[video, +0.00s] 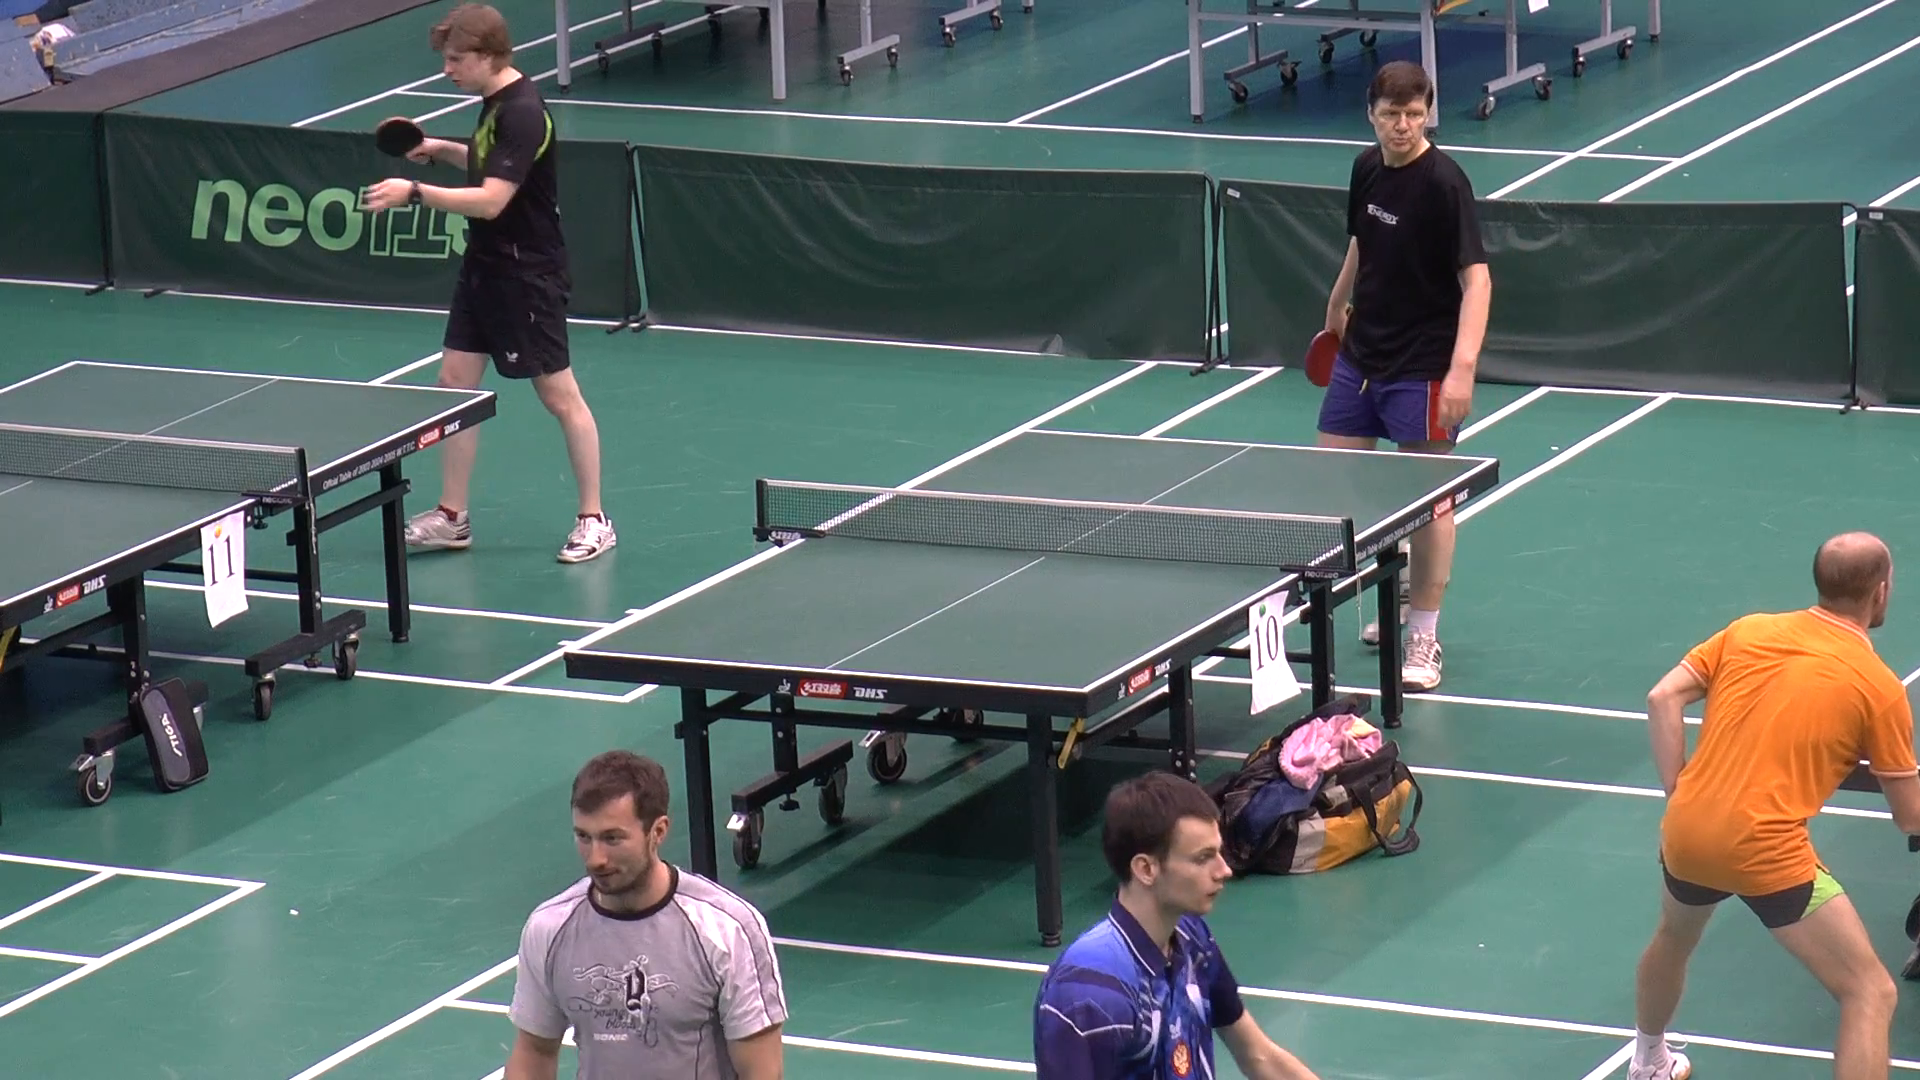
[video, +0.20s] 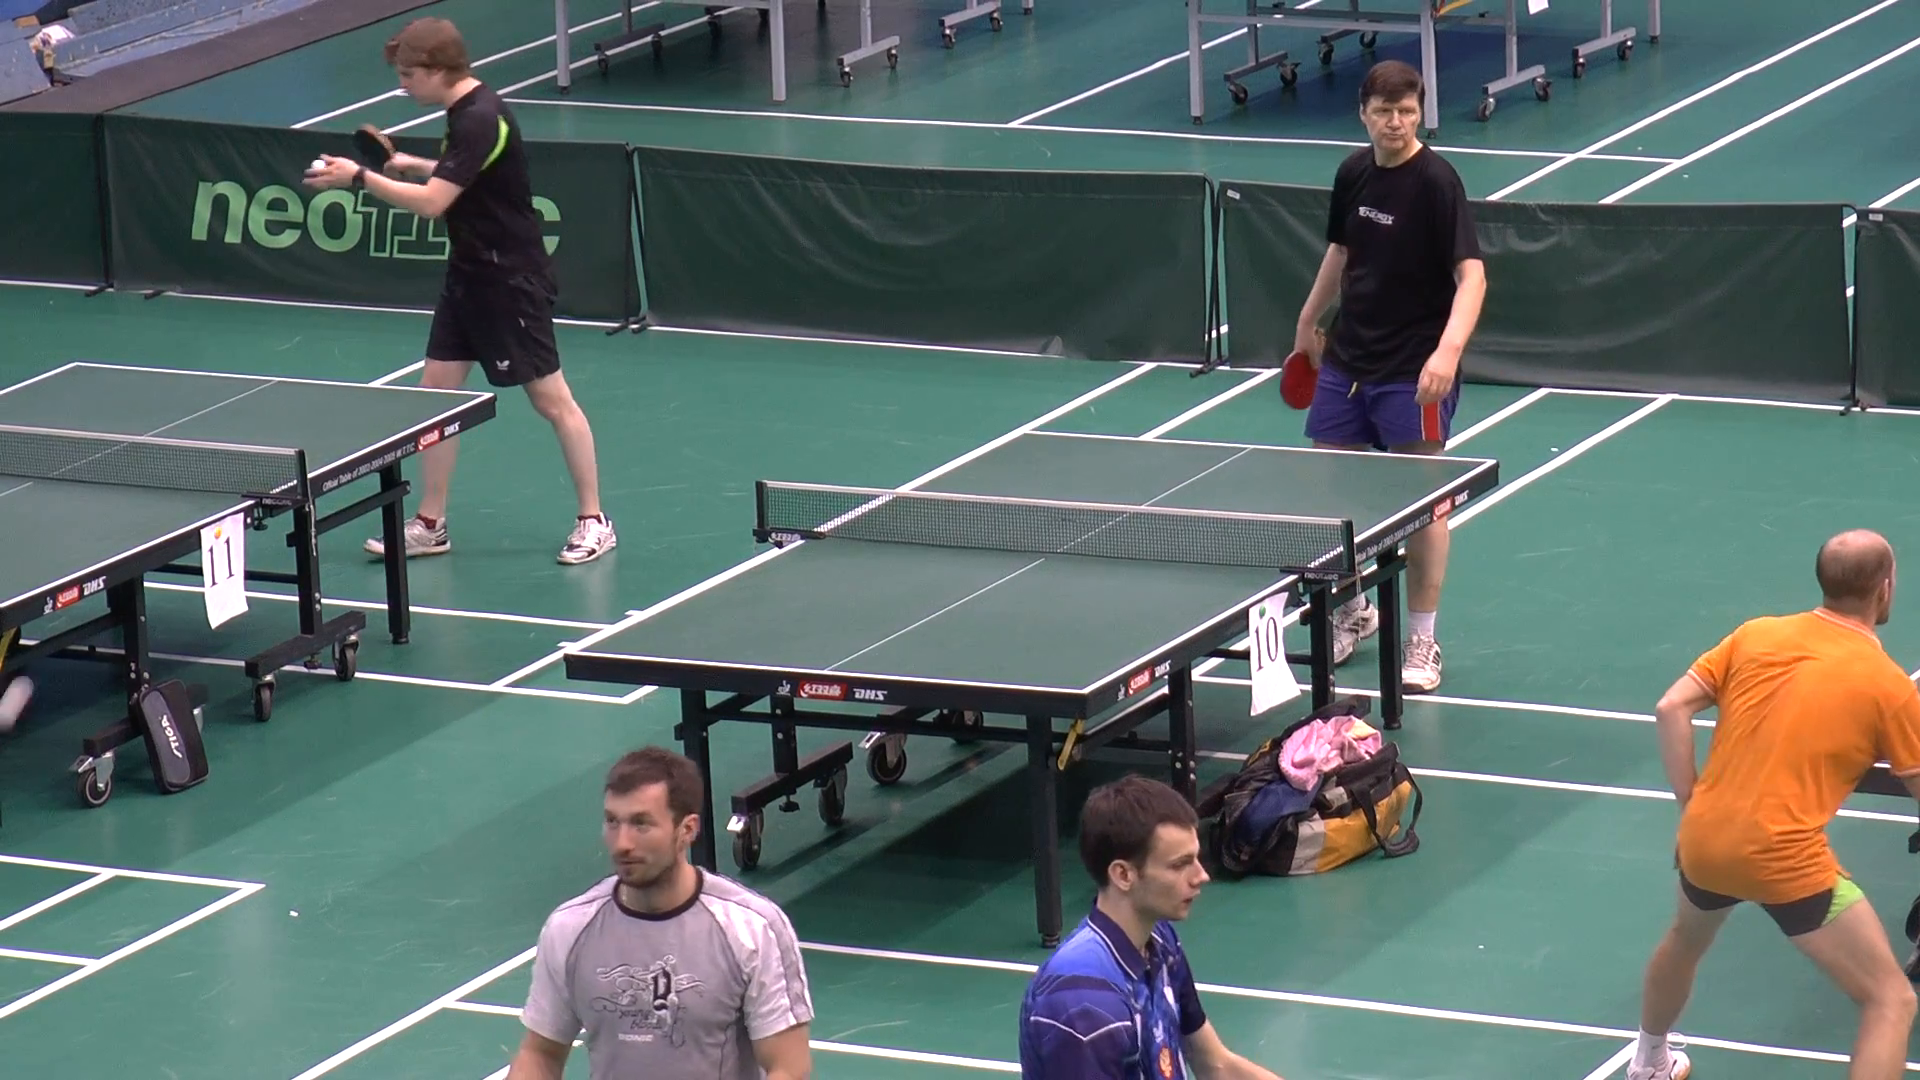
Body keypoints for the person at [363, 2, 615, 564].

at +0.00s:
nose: (449, 72)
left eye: (455, 62)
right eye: (447, 62)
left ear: (488, 56)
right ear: (478, 57)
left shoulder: (523, 111)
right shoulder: (496, 102)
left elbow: (491, 201)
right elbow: (493, 163)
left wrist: (413, 192)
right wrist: (442, 149)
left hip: (529, 274)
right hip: (484, 267)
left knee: (561, 396)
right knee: (456, 383)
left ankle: (593, 518)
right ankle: (453, 515)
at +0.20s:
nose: (404, 86)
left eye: (408, 75)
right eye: (402, 76)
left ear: (435, 70)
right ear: (439, 67)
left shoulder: (481, 118)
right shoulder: (468, 108)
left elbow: (432, 201)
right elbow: (466, 172)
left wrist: (358, 178)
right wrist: (407, 164)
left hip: (511, 280)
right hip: (468, 277)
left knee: (555, 403)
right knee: (437, 395)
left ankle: (594, 520)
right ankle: (430, 524)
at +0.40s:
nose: (357, 95)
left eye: (361, 84)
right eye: (355, 85)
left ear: (392, 78)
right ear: (389, 79)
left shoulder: (444, 118)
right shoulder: (410, 127)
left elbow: (430, 210)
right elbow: (420, 209)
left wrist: (348, 220)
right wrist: (347, 222)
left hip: (485, 276)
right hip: (436, 275)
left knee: (512, 409)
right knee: (414, 399)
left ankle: (589, 511)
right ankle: (427, 527)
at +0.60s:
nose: (343, 95)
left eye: (351, 84)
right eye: (338, 86)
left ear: (382, 77)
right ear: (342, 87)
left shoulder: (436, 116)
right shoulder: (361, 139)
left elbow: (456, 201)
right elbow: (341, 221)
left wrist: (381, 220)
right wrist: (307, 211)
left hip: (467, 269)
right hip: (411, 273)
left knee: (476, 407)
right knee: (395, 403)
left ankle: (539, 532)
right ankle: (425, 529)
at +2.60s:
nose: (314, 157)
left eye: (318, 145)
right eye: (310, 147)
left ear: (349, 131)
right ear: (344, 133)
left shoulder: (396, 163)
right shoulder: (373, 167)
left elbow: (429, 243)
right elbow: (366, 245)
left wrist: (356, 255)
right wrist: (291, 250)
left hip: (454, 312)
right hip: (414, 310)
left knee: (427, 443)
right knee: (373, 423)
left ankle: (509, 561)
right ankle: (350, 530)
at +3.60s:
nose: (344, 147)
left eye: (347, 135)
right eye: (340, 138)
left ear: (376, 120)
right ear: (377, 121)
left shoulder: (405, 163)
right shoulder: (430, 146)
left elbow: (431, 245)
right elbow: (437, 230)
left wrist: (365, 266)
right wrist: (375, 243)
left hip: (437, 319)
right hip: (427, 314)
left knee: (424, 454)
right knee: (375, 423)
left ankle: (514, 562)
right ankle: (353, 527)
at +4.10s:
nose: (367, 87)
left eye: (378, 77)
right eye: (362, 78)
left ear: (409, 77)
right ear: (359, 79)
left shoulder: (445, 133)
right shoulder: (376, 136)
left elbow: (478, 220)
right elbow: (374, 202)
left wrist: (400, 228)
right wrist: (337, 228)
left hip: (444, 297)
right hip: (390, 293)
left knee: (457, 424)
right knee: (360, 407)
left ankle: (515, 551)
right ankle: (369, 518)